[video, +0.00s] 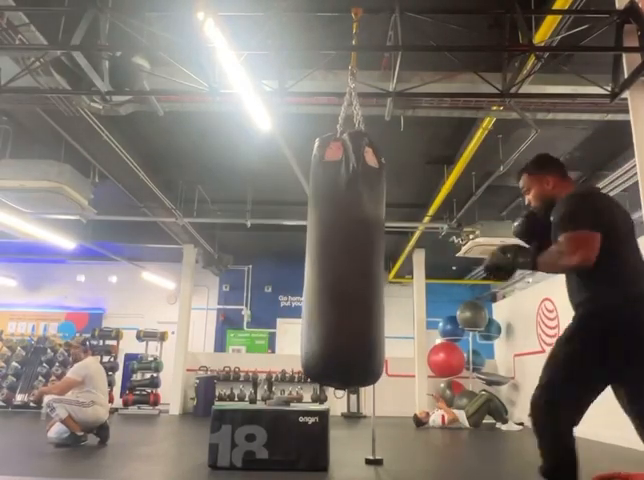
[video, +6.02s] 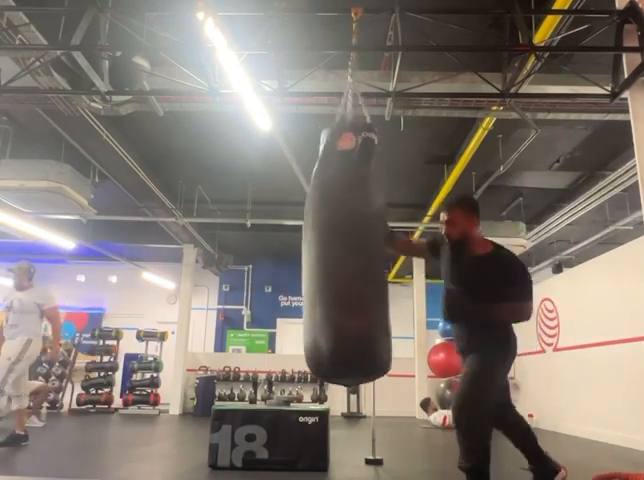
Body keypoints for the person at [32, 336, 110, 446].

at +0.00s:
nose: (71, 352)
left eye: (75, 348)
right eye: (72, 348)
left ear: (87, 352)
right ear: (88, 353)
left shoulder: (84, 365)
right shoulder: (95, 364)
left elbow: (59, 390)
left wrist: (41, 391)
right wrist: (56, 420)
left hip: (93, 410)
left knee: (51, 402)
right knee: (53, 435)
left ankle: (78, 434)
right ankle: (95, 428)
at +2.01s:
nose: (64, 358)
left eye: (66, 354)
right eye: (63, 355)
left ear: (75, 353)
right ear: (78, 353)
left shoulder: (83, 365)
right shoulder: (89, 363)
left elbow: (59, 389)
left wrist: (62, 368)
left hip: (94, 410)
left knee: (50, 402)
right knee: (53, 435)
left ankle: (79, 434)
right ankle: (95, 429)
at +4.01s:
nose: (45, 373)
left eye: (43, 369)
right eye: (42, 371)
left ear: (48, 362)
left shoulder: (62, 356)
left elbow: (74, 374)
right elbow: (60, 403)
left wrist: (63, 385)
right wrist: (47, 434)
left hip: (111, 370)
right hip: (119, 372)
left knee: (69, 394)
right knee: (88, 404)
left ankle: (79, 435)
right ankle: (118, 428)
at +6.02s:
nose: (15, 278)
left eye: (19, 275)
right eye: (14, 274)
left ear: (29, 276)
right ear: (15, 276)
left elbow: (55, 319)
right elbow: (8, 322)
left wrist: (55, 347)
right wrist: (3, 341)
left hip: (29, 342)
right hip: (11, 341)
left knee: (6, 376)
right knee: (18, 386)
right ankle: (20, 430)